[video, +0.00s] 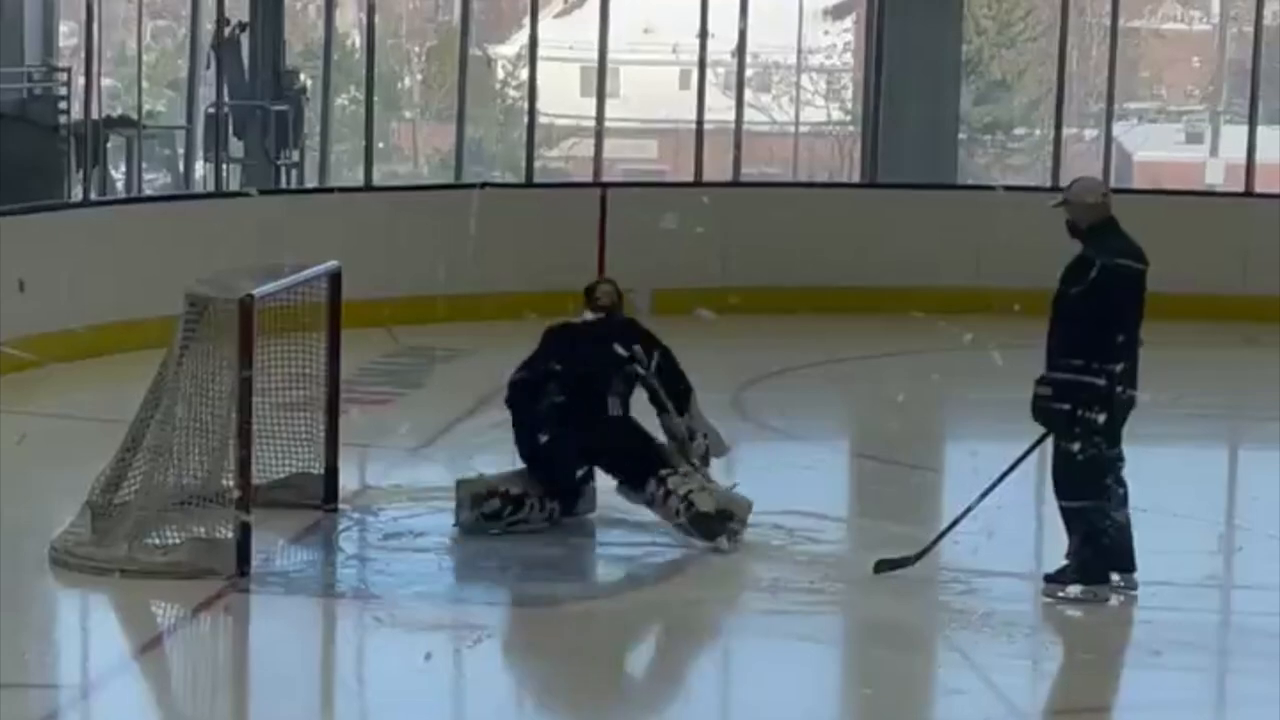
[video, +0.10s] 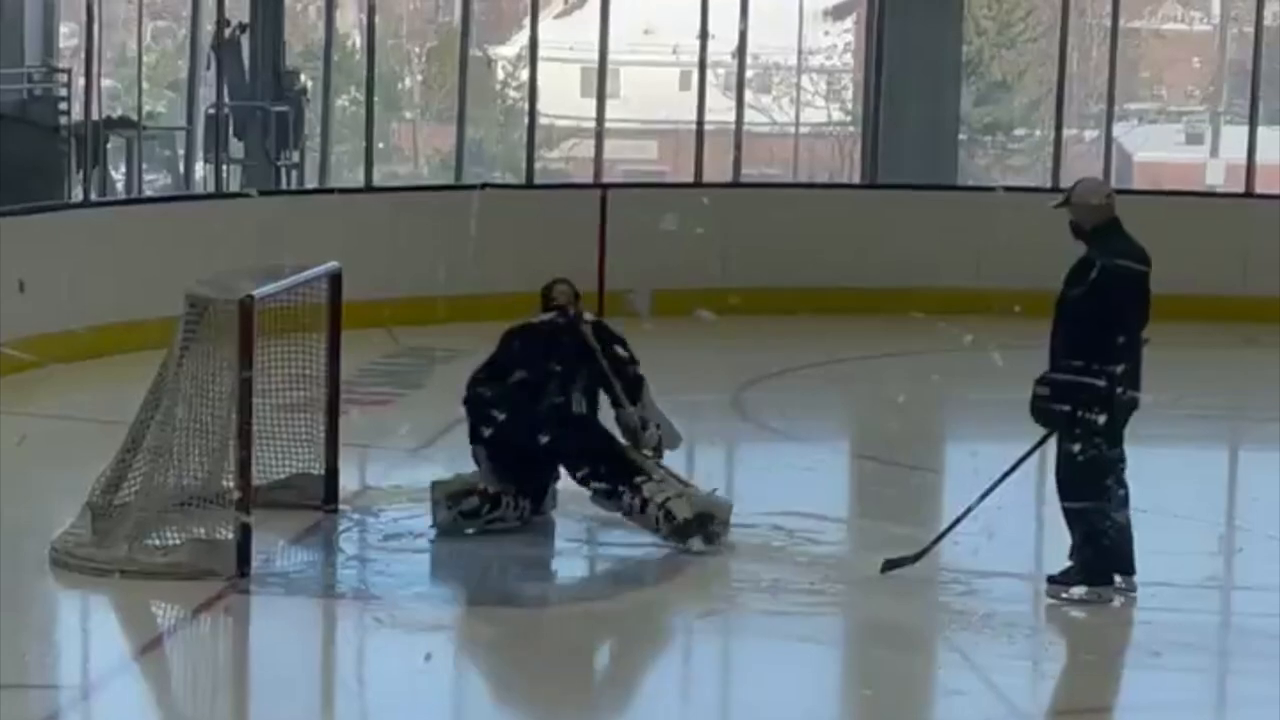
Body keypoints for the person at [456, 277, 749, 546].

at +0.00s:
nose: (607, 300)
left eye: (600, 297)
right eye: (613, 298)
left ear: (585, 307)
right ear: (619, 307)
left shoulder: (557, 335)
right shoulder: (630, 334)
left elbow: (519, 389)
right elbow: (669, 383)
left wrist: (531, 452)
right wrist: (689, 433)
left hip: (547, 433)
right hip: (604, 429)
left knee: (570, 497)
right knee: (657, 474)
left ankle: (500, 507)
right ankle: (703, 507)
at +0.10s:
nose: (563, 304)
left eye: (561, 298)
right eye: (563, 298)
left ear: (542, 307)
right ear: (578, 304)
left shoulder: (519, 336)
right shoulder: (596, 335)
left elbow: (480, 388)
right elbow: (628, 386)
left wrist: (481, 444)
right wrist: (646, 435)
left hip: (509, 433)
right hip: (571, 430)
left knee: (526, 498)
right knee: (621, 476)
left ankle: (474, 508)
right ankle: (679, 511)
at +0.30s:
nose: (487, 288)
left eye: (485, 285)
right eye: (488, 284)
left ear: (466, 298)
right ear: (505, 296)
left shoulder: (443, 330)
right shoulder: (526, 325)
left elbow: (406, 381)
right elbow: (557, 373)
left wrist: (406, 430)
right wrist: (573, 417)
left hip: (438, 429)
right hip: (500, 424)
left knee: (476, 492)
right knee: (552, 464)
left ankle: (407, 503)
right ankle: (580, 509)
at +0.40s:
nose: (456, 283)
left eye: (454, 280)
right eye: (457, 280)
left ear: (435, 296)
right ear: (471, 293)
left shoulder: (416, 328)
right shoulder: (489, 319)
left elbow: (375, 385)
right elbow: (529, 361)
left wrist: (382, 429)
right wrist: (540, 400)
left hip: (423, 435)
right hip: (476, 432)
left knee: (437, 498)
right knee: (516, 441)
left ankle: (377, 500)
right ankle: (526, 504)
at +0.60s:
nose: (407, 289)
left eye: (408, 285)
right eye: (404, 285)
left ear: (384, 298)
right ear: (419, 296)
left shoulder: (361, 328)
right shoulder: (436, 322)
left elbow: (334, 385)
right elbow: (476, 360)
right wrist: (492, 408)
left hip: (352, 433)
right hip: (413, 428)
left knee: (383, 495)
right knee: (462, 469)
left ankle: (326, 501)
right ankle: (444, 517)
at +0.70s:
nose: (387, 294)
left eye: (394, 289)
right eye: (380, 289)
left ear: (404, 299)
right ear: (370, 298)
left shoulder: (420, 329)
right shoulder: (350, 334)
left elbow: (455, 375)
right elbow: (328, 389)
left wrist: (467, 422)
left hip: (398, 428)